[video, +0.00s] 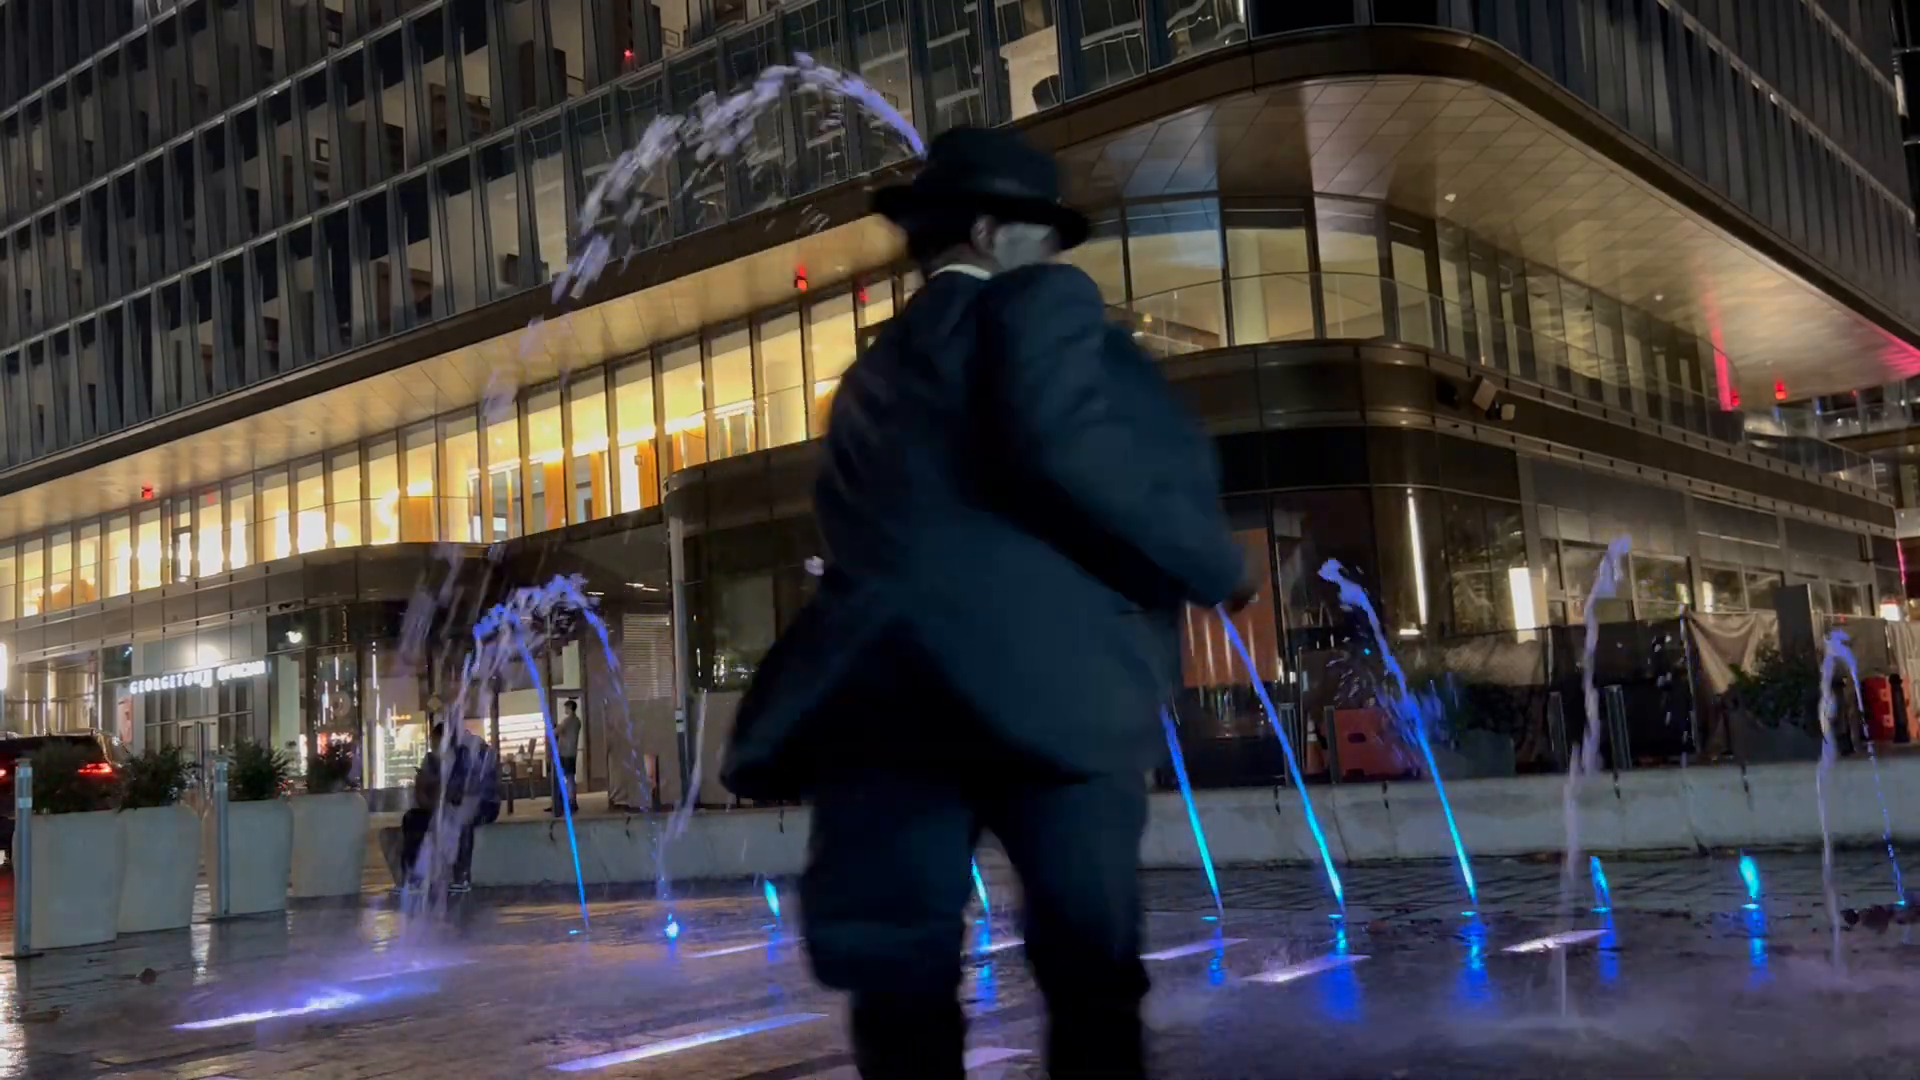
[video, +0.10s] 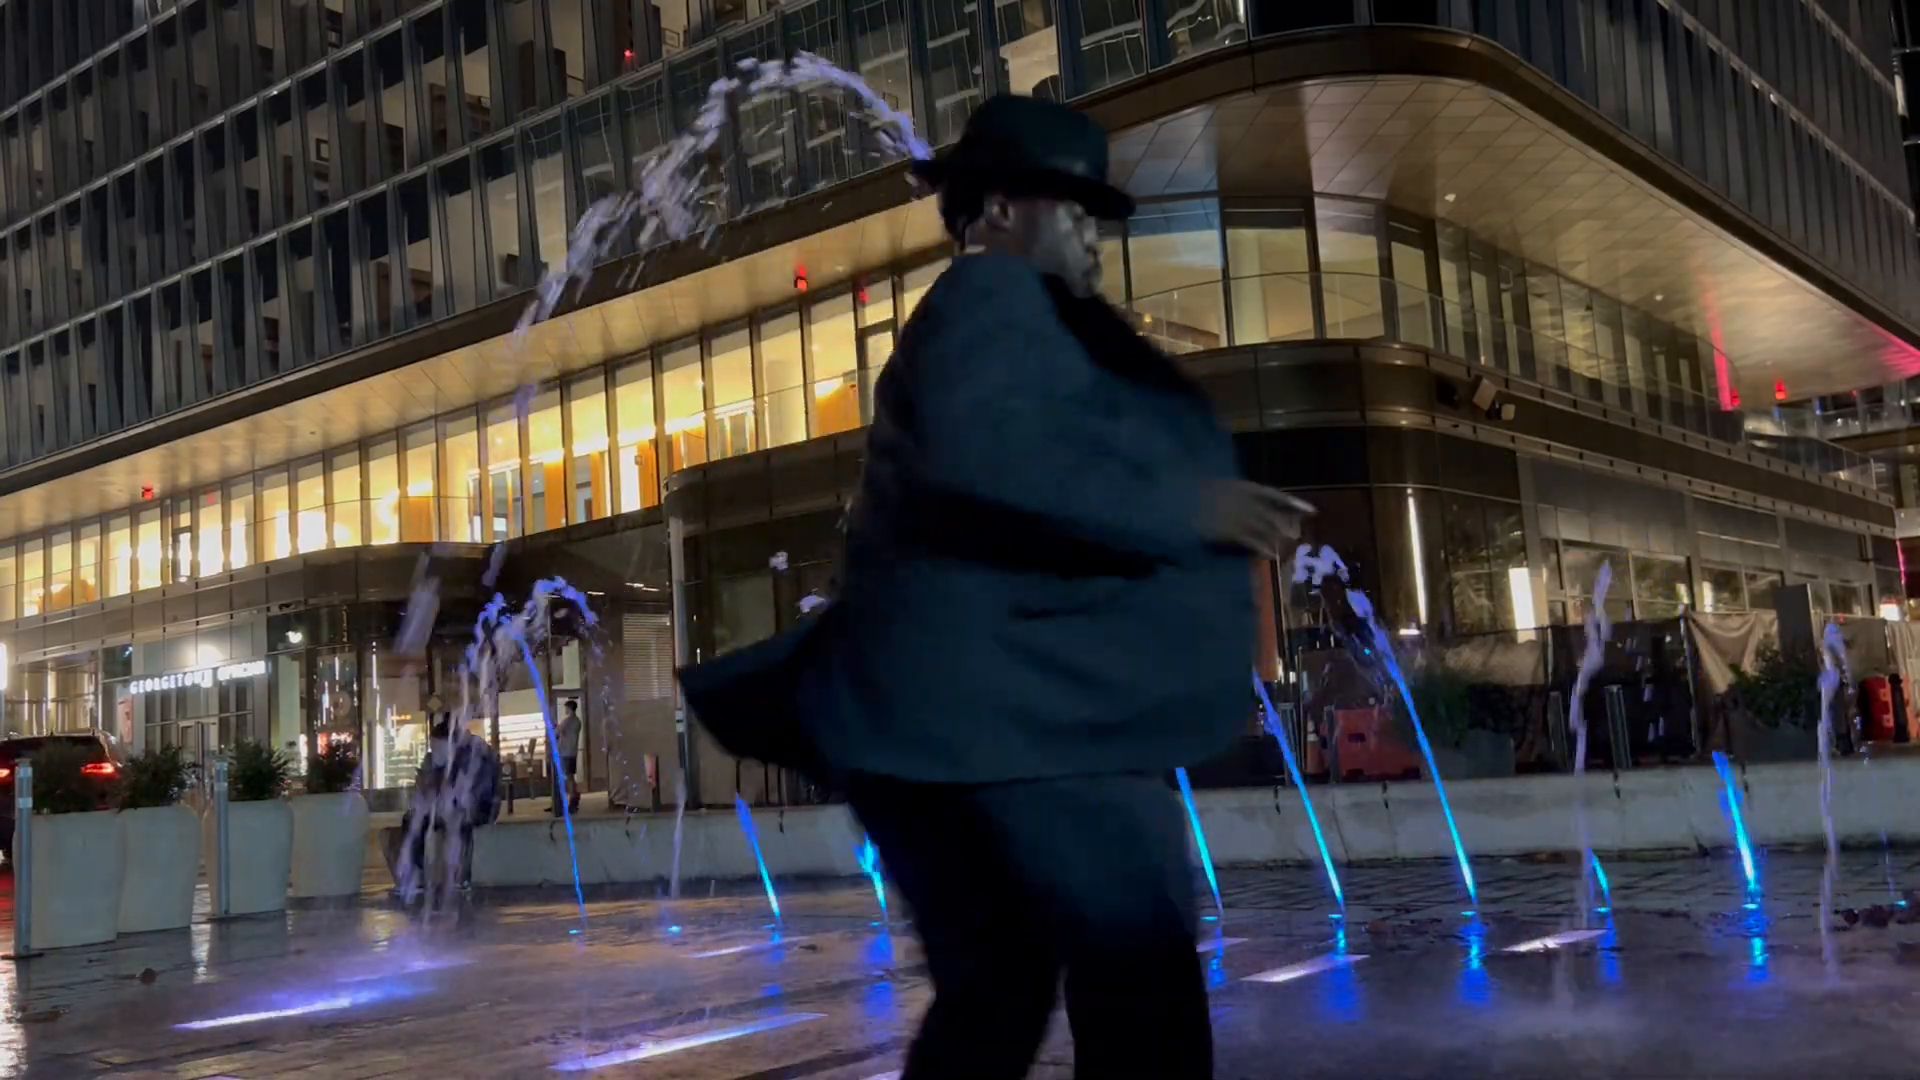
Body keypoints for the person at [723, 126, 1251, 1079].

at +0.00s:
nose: (1060, 248)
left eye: (1056, 230)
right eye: (1047, 229)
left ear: (933, 240)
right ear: (1002, 231)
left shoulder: (871, 369)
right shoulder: (1036, 299)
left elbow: (846, 523)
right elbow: (1067, 434)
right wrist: (1216, 564)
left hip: (880, 702)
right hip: (1041, 686)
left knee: (900, 994)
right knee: (1093, 989)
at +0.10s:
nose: (1094, 242)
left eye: (1097, 221)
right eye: (1078, 216)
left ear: (1009, 212)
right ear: (1002, 211)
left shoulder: (962, 312)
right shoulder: (996, 297)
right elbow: (985, 451)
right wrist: (1194, 505)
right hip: (994, 723)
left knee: (993, 988)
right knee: (1145, 984)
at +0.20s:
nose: (1094, 212)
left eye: (1096, 189)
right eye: (1073, 184)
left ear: (1009, 191)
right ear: (989, 184)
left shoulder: (1025, 326)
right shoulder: (919, 279)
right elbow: (835, 436)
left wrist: (1081, 558)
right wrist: (1037, 480)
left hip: (998, 680)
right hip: (942, 687)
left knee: (1074, 926)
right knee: (1087, 923)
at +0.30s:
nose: (1057, 184)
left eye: (1060, 160)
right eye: (1032, 155)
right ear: (948, 158)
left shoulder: (1072, 319)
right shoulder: (831, 283)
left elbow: (1094, 482)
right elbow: (718, 443)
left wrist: (1127, 565)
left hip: (1067, 681)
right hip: (923, 687)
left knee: (1101, 990)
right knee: (1016, 988)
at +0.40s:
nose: (948, 200)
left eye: (964, 177)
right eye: (923, 172)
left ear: (982, 191)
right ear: (864, 182)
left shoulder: (1047, 319)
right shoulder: (762, 349)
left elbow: (1116, 474)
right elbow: (697, 519)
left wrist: (1152, 588)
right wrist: (813, 535)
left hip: (1064, 705)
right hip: (886, 728)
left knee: (1101, 993)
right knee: (905, 1014)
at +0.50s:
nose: (858, 242)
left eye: (880, 219)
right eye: (833, 219)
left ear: (908, 235)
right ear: (797, 239)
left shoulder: (1003, 340)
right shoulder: (760, 422)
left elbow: (1129, 486)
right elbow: (724, 592)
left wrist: (1144, 604)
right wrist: (797, 608)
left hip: (1031, 705)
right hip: (888, 737)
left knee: (1024, 982)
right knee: (844, 938)